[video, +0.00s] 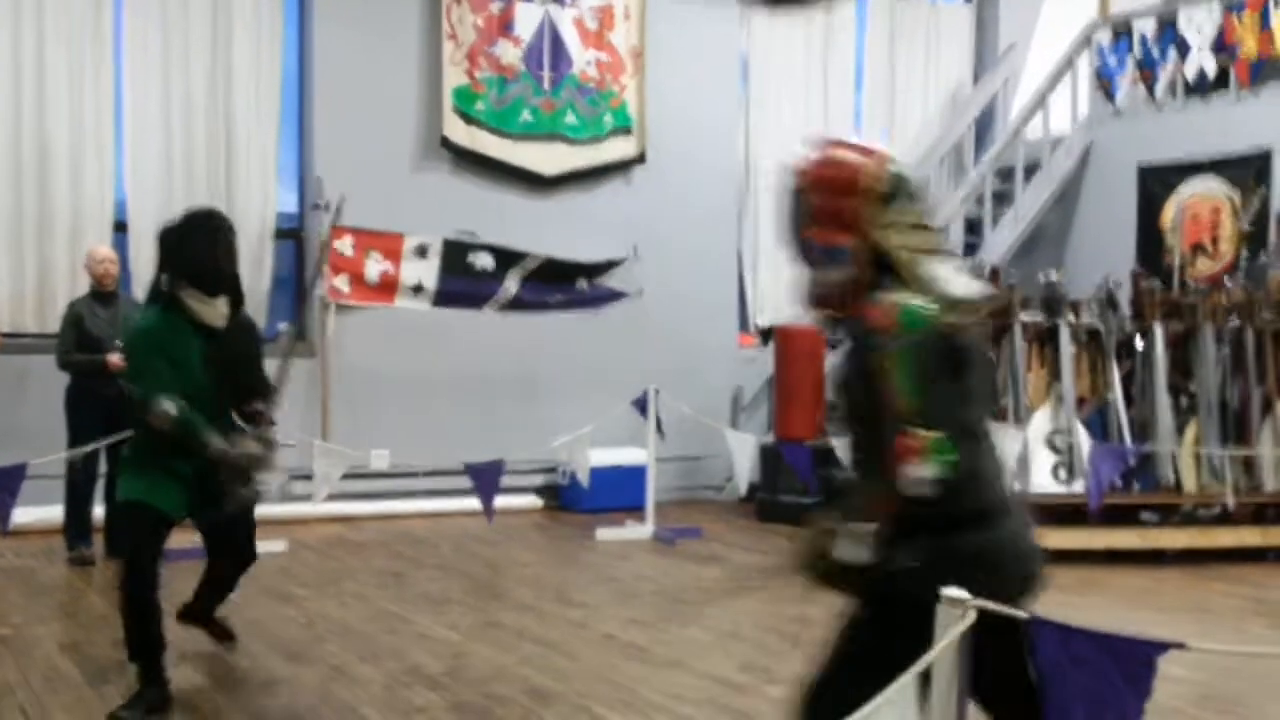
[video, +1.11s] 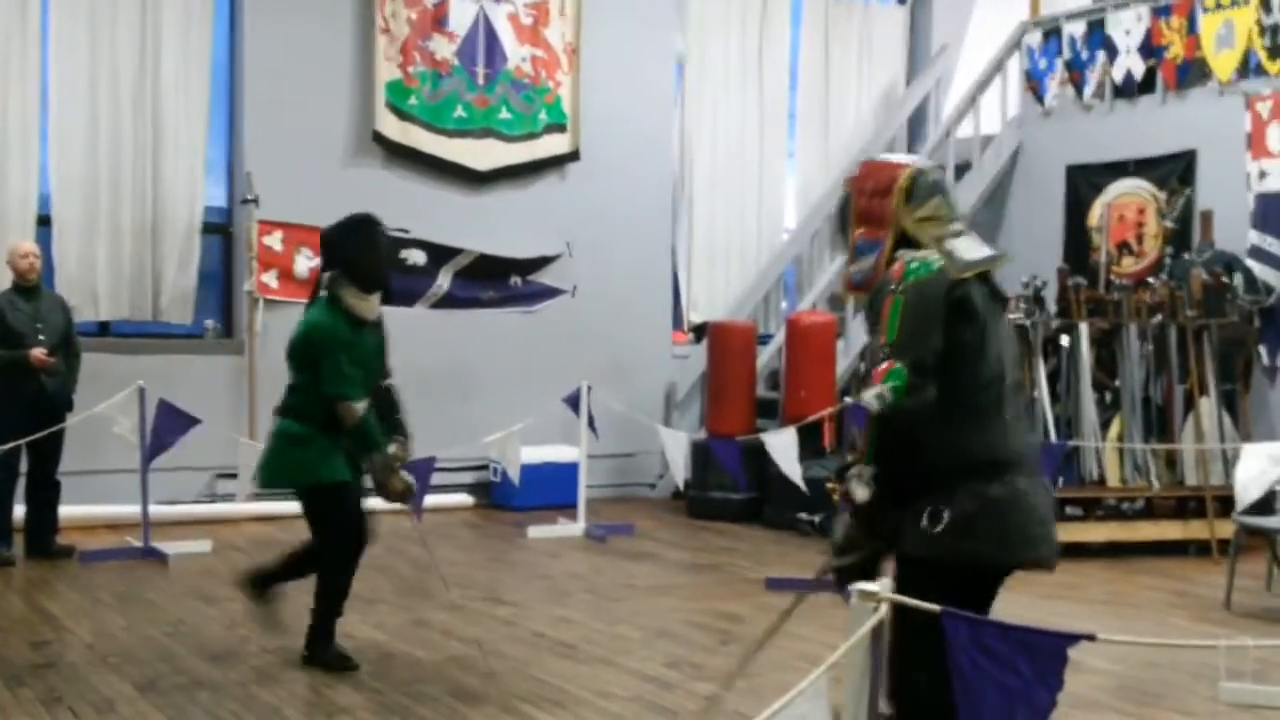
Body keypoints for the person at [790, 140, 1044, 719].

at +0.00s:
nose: (818, 274)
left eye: (831, 253)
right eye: (814, 253)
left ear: (870, 245)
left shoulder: (899, 330)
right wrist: (845, 521)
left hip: (941, 563)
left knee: (832, 706)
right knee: (1011, 697)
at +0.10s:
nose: (861, 228)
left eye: (868, 206)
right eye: (860, 207)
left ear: (906, 209)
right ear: (934, 206)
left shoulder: (949, 293)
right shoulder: (991, 280)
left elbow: (975, 420)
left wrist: (908, 489)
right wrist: (899, 470)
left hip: (975, 537)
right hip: (1021, 529)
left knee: (855, 675)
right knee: (1036, 692)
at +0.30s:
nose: (933, 202)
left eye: (938, 181)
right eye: (932, 183)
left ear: (976, 179)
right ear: (998, 175)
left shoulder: (1019, 251)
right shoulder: (1050, 250)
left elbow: (1004, 377)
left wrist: (934, 444)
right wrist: (925, 414)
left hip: (1014, 509)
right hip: (1056, 507)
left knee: (879, 626)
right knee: (1068, 683)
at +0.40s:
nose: (948, 199)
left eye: (954, 180)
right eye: (947, 182)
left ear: (986, 180)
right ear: (1026, 171)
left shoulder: (1023, 245)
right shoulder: (1071, 247)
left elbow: (1006, 374)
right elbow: (1085, 383)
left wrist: (938, 438)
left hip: (1015, 504)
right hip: (1063, 502)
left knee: (879, 621)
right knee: (1066, 679)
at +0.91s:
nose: (892, 197)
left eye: (899, 181)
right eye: (891, 181)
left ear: (925, 180)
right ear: (966, 175)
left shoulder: (944, 246)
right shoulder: (1012, 242)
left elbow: (924, 362)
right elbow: (1036, 358)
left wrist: (883, 438)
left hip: (967, 486)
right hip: (1025, 481)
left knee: (947, 636)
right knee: (994, 628)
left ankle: (984, 711)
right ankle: (1010, 708)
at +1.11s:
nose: (856, 237)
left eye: (863, 220)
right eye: (855, 221)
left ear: (889, 219)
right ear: (929, 211)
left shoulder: (921, 277)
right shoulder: (967, 271)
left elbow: (899, 406)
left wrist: (869, 517)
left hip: (952, 514)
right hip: (993, 507)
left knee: (918, 677)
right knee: (944, 670)